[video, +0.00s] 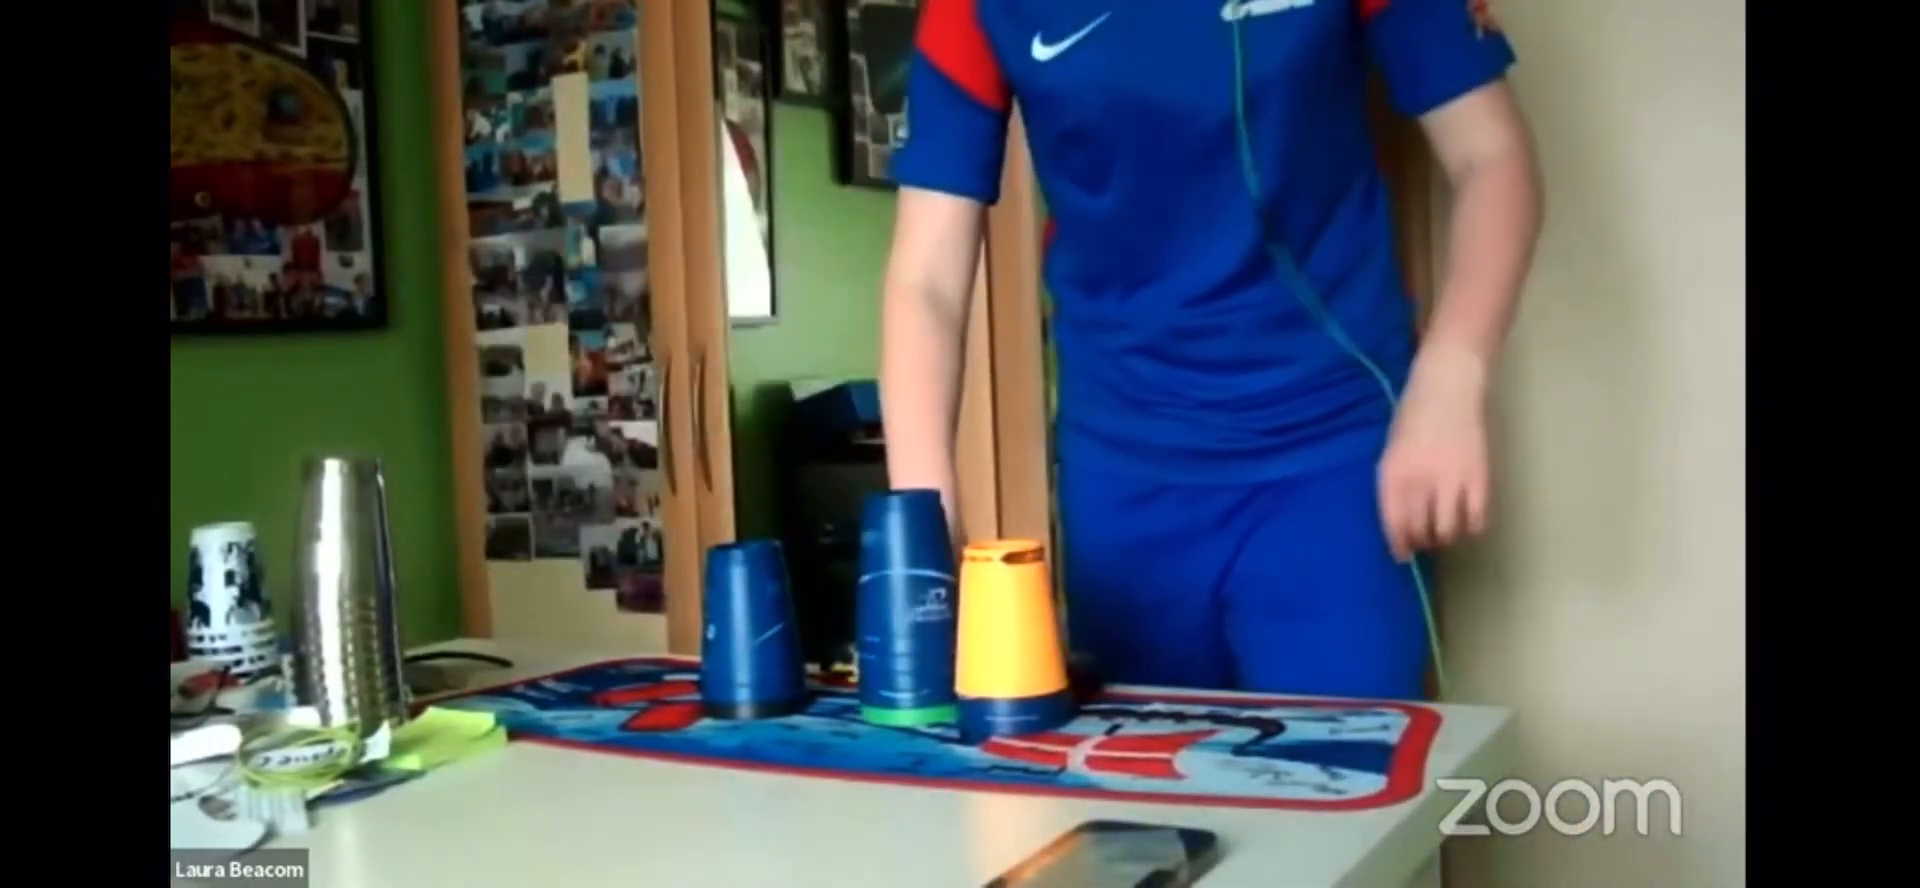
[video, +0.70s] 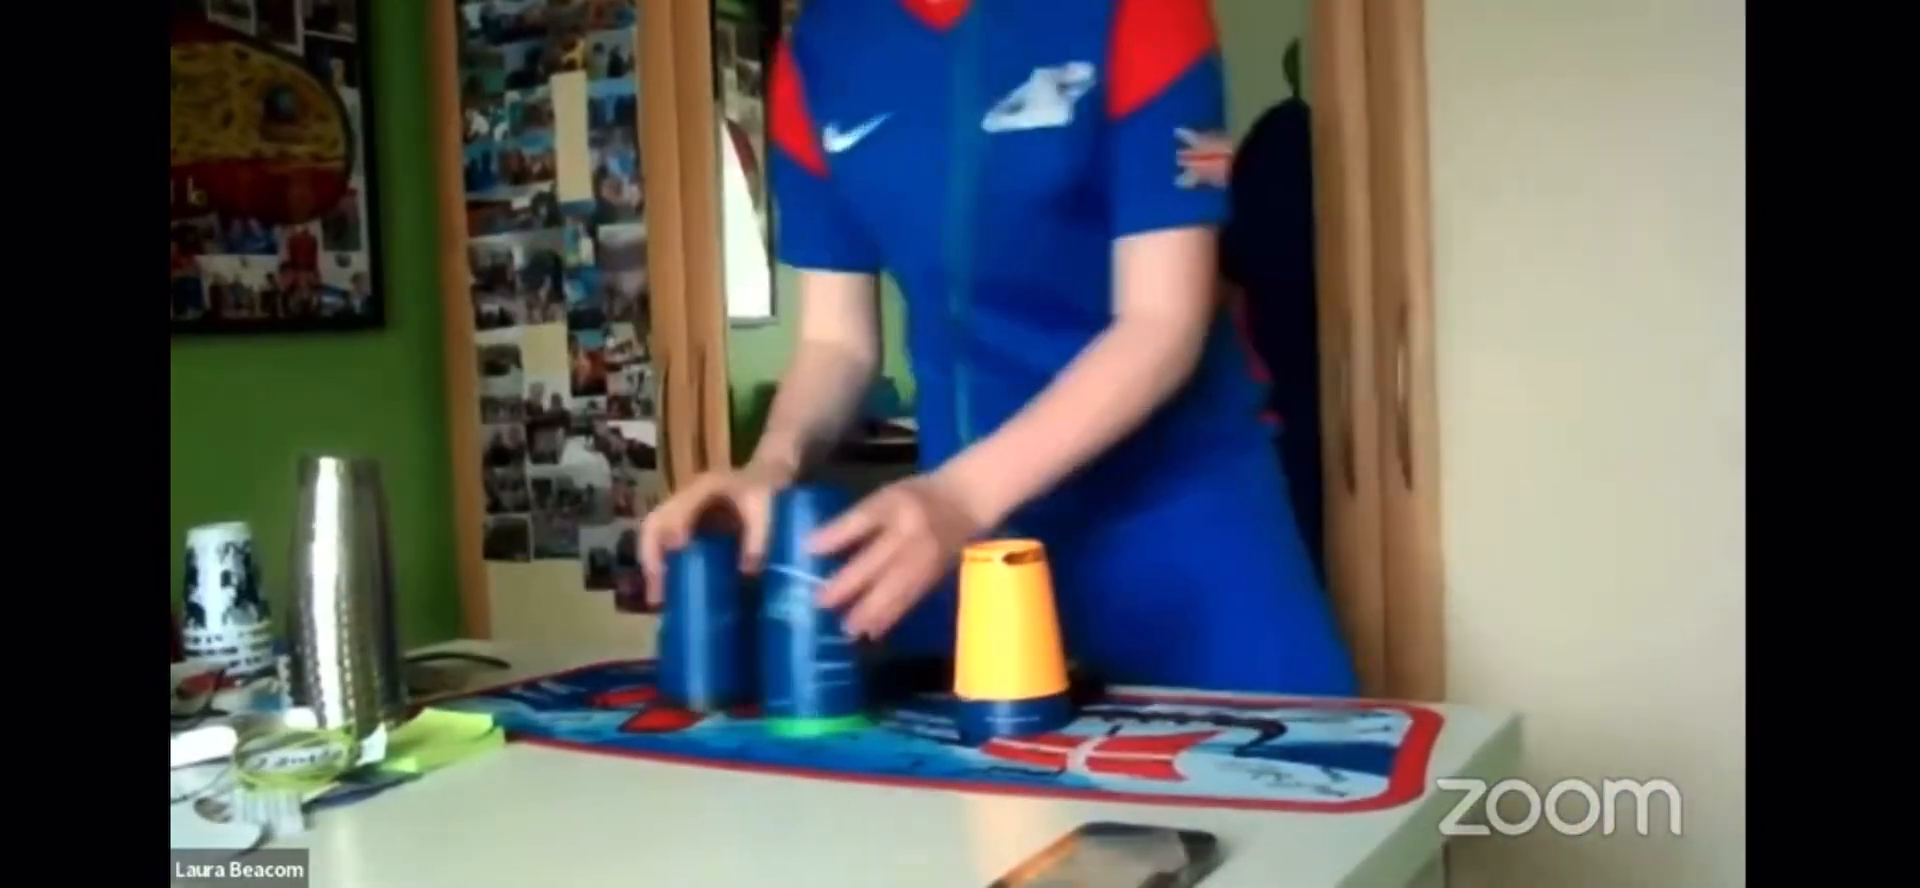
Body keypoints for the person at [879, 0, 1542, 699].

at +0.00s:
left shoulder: (1372, 6)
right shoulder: (980, 11)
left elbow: (1492, 161)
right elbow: (927, 286)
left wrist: (1450, 384)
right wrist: (923, 545)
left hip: (1331, 466)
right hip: (1119, 486)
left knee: (1347, 841)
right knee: (1152, 849)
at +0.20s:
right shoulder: (974, 15)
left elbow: (1522, 176)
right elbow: (933, 274)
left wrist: (1363, 410)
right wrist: (952, 536)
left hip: (1330, 465)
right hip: (1108, 476)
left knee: (1351, 851)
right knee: (1105, 853)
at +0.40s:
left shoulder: (1348, 12)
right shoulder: (950, 15)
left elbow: (1450, 202)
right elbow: (946, 275)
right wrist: (911, 483)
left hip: (1304, 435)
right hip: (1077, 449)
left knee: (1293, 821)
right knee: (1043, 814)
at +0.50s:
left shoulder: (1282, 16)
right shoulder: (922, 21)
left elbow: (1342, 274)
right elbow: (926, 284)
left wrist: (1090, 464)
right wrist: (841, 445)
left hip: (1246, 511)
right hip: (1043, 523)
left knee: (1260, 829)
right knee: (1057, 833)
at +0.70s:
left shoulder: (1138, 18)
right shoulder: (819, 47)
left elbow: (1164, 325)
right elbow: (837, 338)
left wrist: (957, 500)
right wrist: (768, 468)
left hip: (1175, 529)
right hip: (977, 550)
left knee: (1252, 832)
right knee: (1017, 847)